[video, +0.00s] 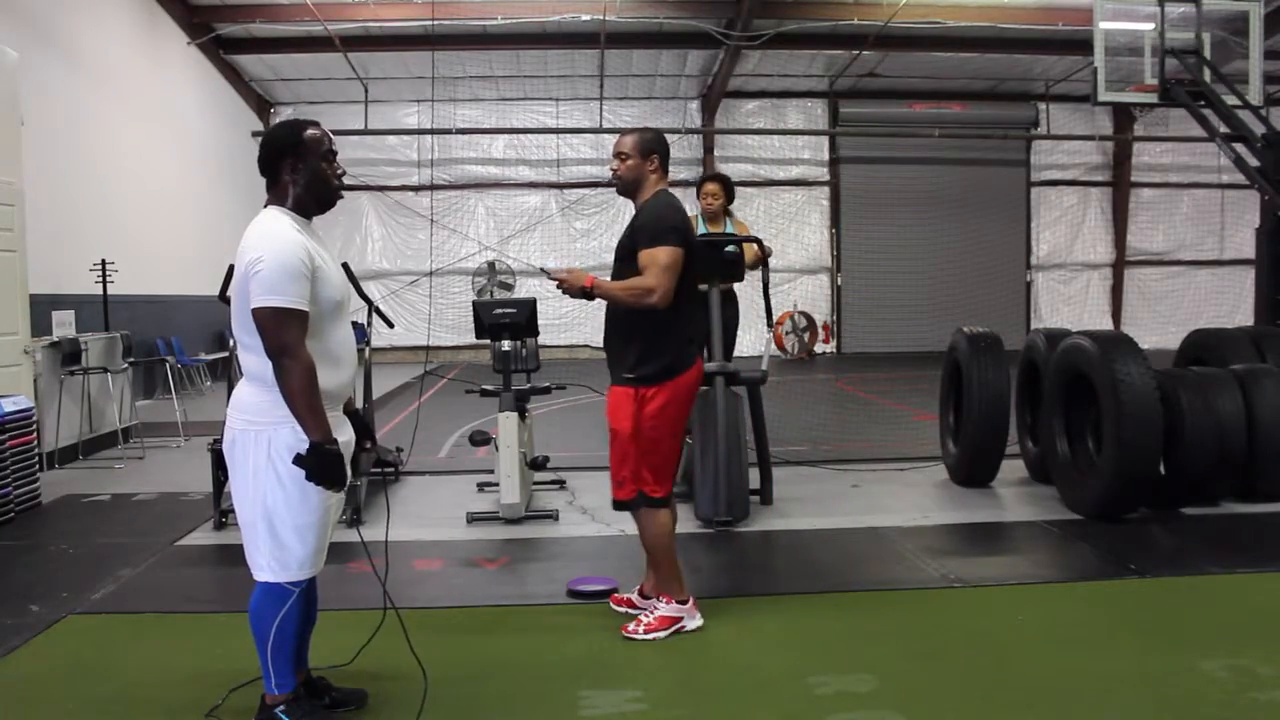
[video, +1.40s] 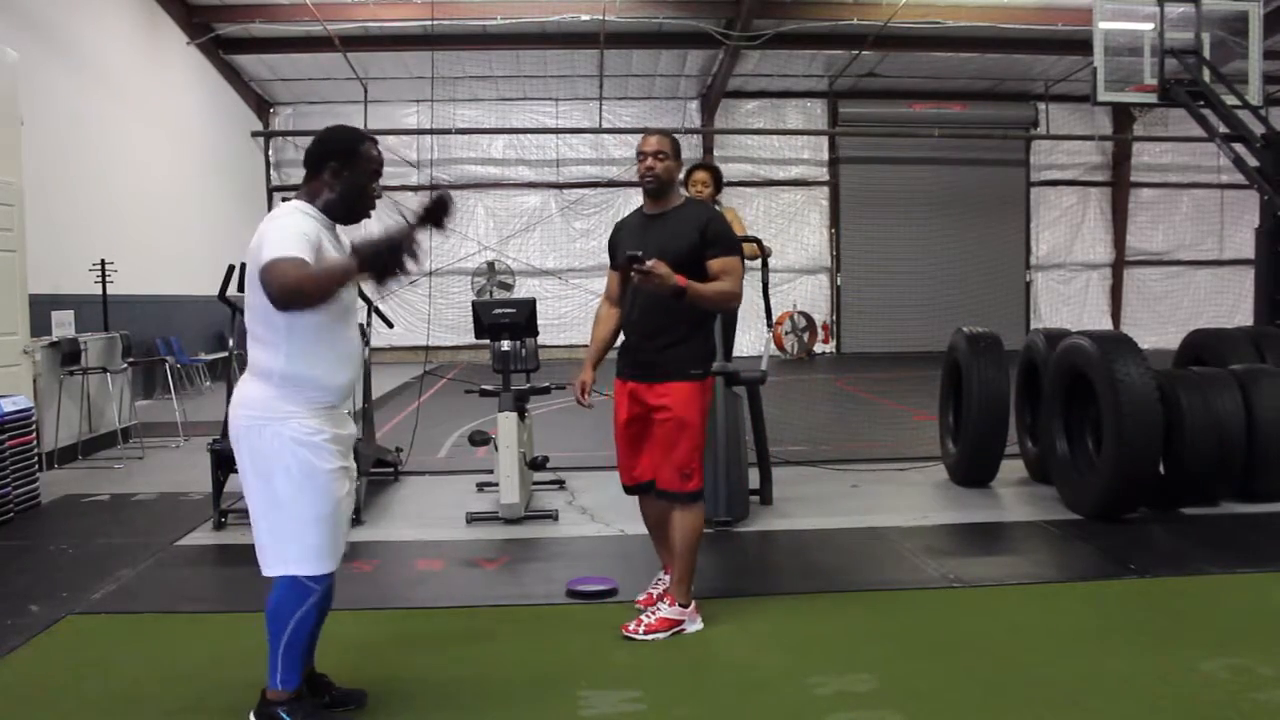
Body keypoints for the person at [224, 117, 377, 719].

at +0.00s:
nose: (341, 170)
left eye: (337, 159)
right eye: (329, 159)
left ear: (295, 171)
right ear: (293, 169)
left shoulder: (297, 238)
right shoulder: (275, 242)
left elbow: (314, 344)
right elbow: (285, 352)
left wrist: (351, 410)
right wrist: (321, 441)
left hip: (300, 428)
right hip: (277, 432)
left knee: (300, 566)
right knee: (283, 572)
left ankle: (297, 681)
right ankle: (280, 699)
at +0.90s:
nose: (357, 187)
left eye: (357, 174)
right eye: (350, 174)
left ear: (315, 175)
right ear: (312, 173)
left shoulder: (310, 235)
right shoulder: (279, 236)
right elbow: (268, 337)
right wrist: (266, 425)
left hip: (319, 427)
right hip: (289, 431)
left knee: (305, 568)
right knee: (288, 573)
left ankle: (298, 680)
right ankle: (279, 699)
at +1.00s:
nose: (370, 189)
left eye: (370, 177)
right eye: (363, 175)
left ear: (324, 175)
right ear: (324, 174)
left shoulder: (318, 236)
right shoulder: (282, 235)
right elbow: (243, 321)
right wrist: (202, 383)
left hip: (323, 429)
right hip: (291, 434)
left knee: (306, 566)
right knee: (287, 571)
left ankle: (299, 681)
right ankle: (278, 698)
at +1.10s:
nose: (378, 191)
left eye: (379, 179)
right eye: (371, 178)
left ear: (332, 177)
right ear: (330, 175)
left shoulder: (324, 239)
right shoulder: (284, 233)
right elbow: (237, 309)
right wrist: (191, 310)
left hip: (326, 426)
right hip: (292, 431)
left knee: (307, 565)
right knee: (289, 572)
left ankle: (297, 683)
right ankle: (280, 700)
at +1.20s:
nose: (378, 192)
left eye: (379, 179)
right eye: (370, 178)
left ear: (333, 178)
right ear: (331, 176)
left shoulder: (326, 235)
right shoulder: (289, 227)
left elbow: (327, 339)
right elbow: (241, 301)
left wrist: (356, 420)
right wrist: (240, 245)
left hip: (324, 426)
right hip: (290, 430)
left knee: (307, 566)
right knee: (290, 571)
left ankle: (299, 681)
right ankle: (280, 698)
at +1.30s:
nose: (369, 194)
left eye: (371, 185)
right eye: (363, 182)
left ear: (326, 174)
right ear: (330, 176)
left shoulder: (326, 234)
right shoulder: (286, 220)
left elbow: (353, 230)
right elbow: (262, 287)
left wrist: (375, 192)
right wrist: (313, 222)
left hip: (323, 423)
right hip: (287, 426)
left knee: (310, 562)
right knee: (292, 567)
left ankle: (299, 681)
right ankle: (279, 698)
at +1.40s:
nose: (378, 192)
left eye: (379, 180)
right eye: (371, 179)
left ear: (334, 177)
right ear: (332, 174)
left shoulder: (328, 232)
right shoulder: (290, 224)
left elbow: (366, 265)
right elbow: (286, 288)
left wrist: (416, 228)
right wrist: (363, 260)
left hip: (319, 420)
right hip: (283, 423)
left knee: (319, 562)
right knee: (304, 567)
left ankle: (299, 678)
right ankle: (280, 698)